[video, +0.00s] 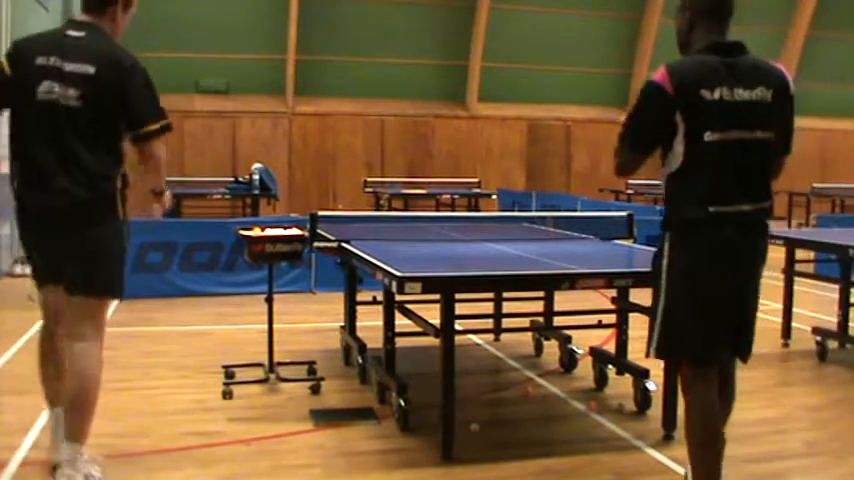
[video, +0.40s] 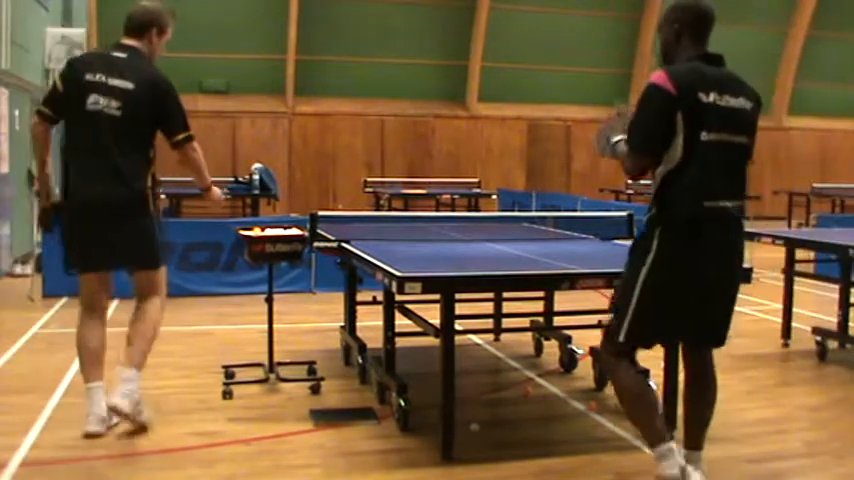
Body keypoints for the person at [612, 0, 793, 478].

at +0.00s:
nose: (675, 26)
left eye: (677, 17)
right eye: (677, 17)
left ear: (688, 19)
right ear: (727, 20)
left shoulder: (673, 80)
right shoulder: (776, 80)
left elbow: (625, 163)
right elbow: (774, 162)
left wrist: (655, 119)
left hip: (696, 233)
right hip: (750, 233)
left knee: (696, 363)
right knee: (724, 356)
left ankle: (705, 472)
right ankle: (708, 465)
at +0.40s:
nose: (659, 42)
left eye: (661, 34)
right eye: (660, 34)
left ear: (674, 32)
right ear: (707, 34)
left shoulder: (668, 84)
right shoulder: (746, 93)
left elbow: (636, 166)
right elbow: (730, 163)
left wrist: (614, 141)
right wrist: (655, 137)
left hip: (674, 233)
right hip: (727, 236)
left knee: (617, 351)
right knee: (698, 351)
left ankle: (670, 462)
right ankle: (692, 465)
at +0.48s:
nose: (654, 47)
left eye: (655, 38)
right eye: (653, 39)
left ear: (669, 34)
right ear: (699, 33)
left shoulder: (666, 81)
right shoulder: (740, 90)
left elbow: (634, 162)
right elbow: (723, 160)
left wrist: (609, 140)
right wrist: (641, 132)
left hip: (669, 230)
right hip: (720, 233)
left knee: (610, 345)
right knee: (696, 348)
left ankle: (645, 461)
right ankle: (691, 465)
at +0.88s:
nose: (595, 48)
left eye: (597, 41)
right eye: (600, 41)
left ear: (602, 41)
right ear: (641, 39)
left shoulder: (592, 88)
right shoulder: (684, 89)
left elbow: (569, 174)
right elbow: (702, 165)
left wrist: (574, 145)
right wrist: (654, 159)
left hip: (613, 236)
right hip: (669, 235)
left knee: (576, 355)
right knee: (674, 352)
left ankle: (563, 468)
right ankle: (687, 467)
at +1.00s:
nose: (573, 51)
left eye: (573, 45)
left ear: (578, 44)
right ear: (619, 42)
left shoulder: (565, 92)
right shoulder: (661, 86)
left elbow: (546, 178)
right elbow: (687, 163)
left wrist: (554, 154)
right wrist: (641, 161)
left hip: (593, 238)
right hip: (651, 236)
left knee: (567, 353)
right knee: (667, 352)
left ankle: (561, 468)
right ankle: (683, 464)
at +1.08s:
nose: (559, 55)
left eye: (559, 48)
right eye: (565, 48)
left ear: (565, 47)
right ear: (604, 42)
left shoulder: (552, 94)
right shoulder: (648, 83)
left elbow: (536, 179)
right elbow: (683, 161)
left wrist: (527, 174)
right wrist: (637, 160)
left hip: (587, 237)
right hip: (646, 234)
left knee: (566, 355)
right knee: (665, 347)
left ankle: (562, 469)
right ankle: (679, 460)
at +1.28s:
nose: (550, 56)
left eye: (550, 50)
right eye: (556, 50)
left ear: (554, 50)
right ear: (594, 44)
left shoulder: (540, 98)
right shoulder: (639, 82)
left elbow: (522, 180)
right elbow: (677, 155)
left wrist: (520, 170)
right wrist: (629, 160)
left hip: (585, 235)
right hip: (644, 230)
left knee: (568, 359)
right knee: (671, 344)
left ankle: (561, 469)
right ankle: (687, 461)